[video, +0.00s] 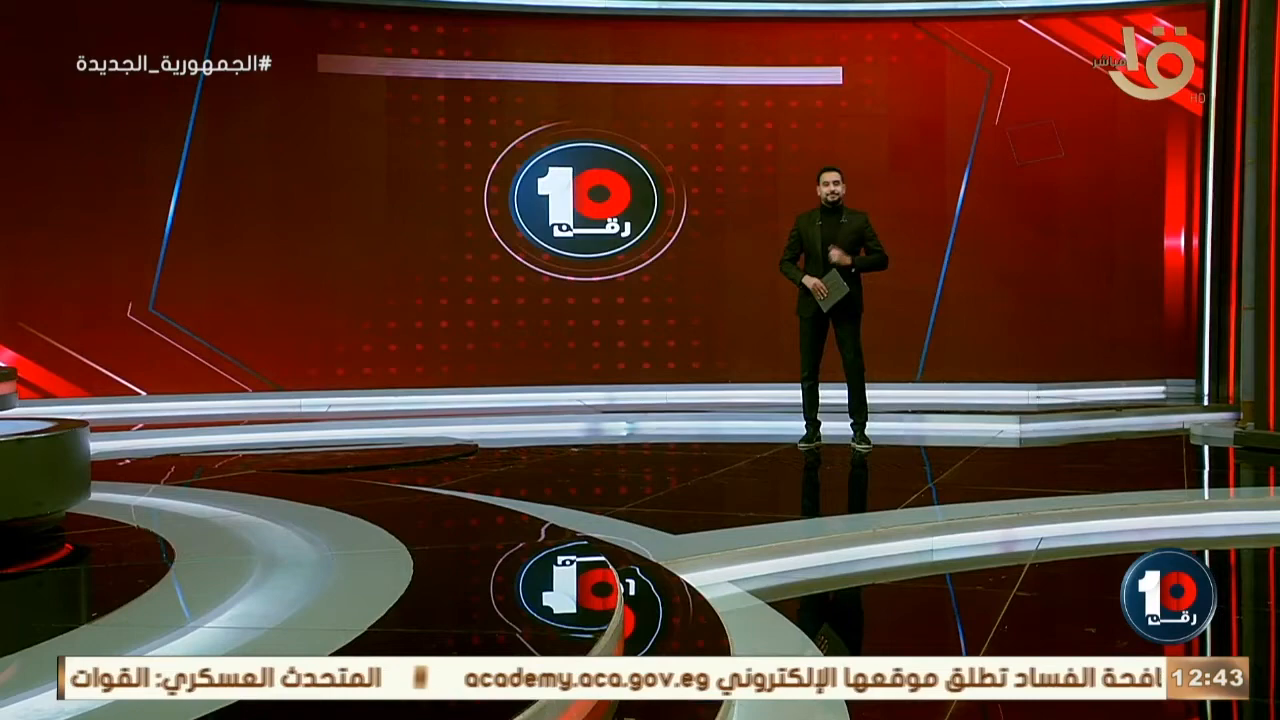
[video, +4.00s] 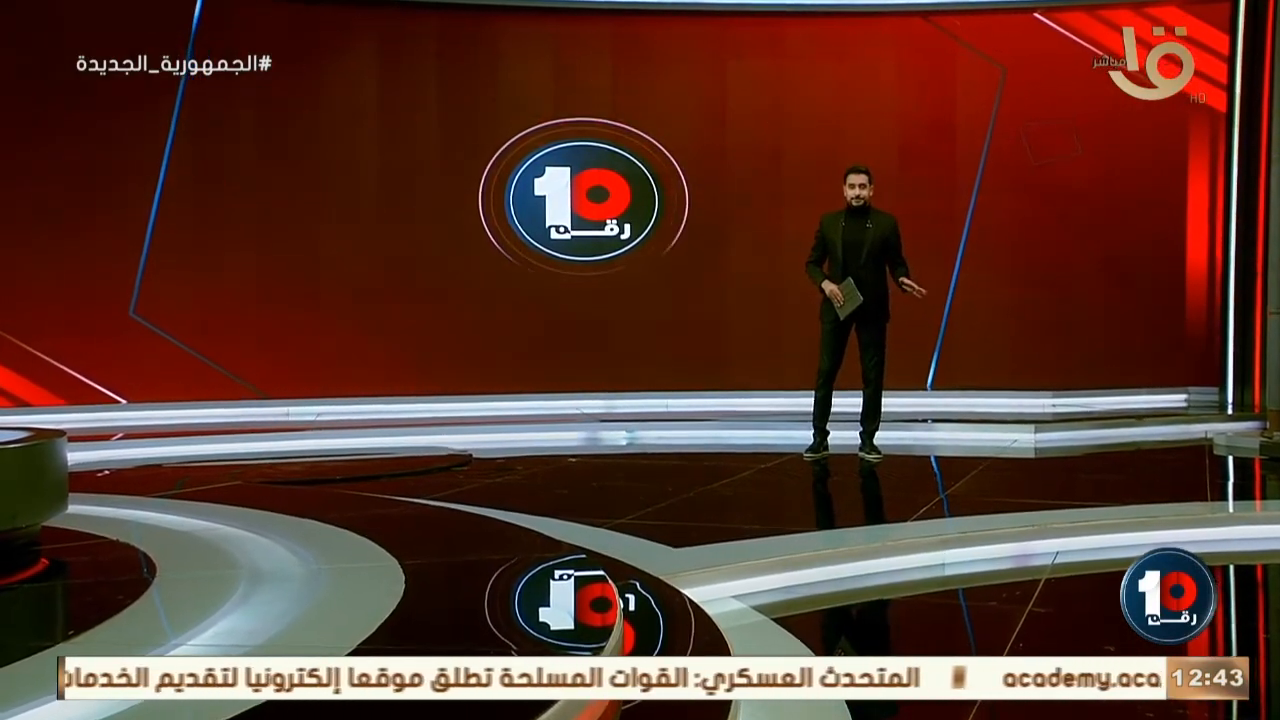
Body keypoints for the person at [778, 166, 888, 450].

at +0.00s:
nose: (832, 189)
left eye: (836, 184)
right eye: (826, 184)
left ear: (844, 187)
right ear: (818, 189)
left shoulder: (858, 220)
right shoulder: (805, 222)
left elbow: (880, 259)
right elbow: (786, 263)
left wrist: (851, 261)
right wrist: (805, 279)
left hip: (847, 304)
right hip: (812, 304)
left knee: (853, 366)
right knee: (809, 369)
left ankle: (859, 430)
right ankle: (811, 429)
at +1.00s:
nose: (822, 189)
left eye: (826, 184)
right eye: (816, 185)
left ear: (835, 188)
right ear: (808, 190)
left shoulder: (851, 219)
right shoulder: (797, 225)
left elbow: (865, 260)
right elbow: (783, 266)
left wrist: (866, 262)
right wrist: (799, 283)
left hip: (846, 303)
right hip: (811, 305)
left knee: (854, 366)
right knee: (808, 370)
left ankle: (860, 432)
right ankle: (813, 431)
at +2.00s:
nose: (853, 189)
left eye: (860, 185)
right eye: (849, 184)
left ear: (870, 190)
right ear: (843, 188)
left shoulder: (884, 222)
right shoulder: (830, 221)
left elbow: (895, 263)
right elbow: (815, 262)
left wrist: (894, 276)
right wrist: (822, 280)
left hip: (871, 307)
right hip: (836, 305)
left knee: (871, 373)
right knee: (825, 368)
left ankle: (864, 435)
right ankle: (820, 433)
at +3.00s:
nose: (863, 189)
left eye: (869, 185)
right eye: (859, 183)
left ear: (878, 190)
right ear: (852, 187)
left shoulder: (892, 224)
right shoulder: (836, 221)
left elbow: (902, 264)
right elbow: (818, 261)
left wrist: (900, 277)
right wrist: (828, 281)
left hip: (876, 309)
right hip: (841, 307)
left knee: (874, 376)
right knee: (829, 370)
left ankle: (866, 438)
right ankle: (823, 435)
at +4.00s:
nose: (857, 192)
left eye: (862, 186)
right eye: (852, 186)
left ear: (871, 190)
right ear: (844, 190)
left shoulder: (886, 223)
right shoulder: (830, 223)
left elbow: (896, 261)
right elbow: (812, 265)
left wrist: (903, 278)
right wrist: (825, 283)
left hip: (873, 308)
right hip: (836, 307)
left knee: (873, 376)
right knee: (826, 372)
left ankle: (868, 440)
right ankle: (819, 437)